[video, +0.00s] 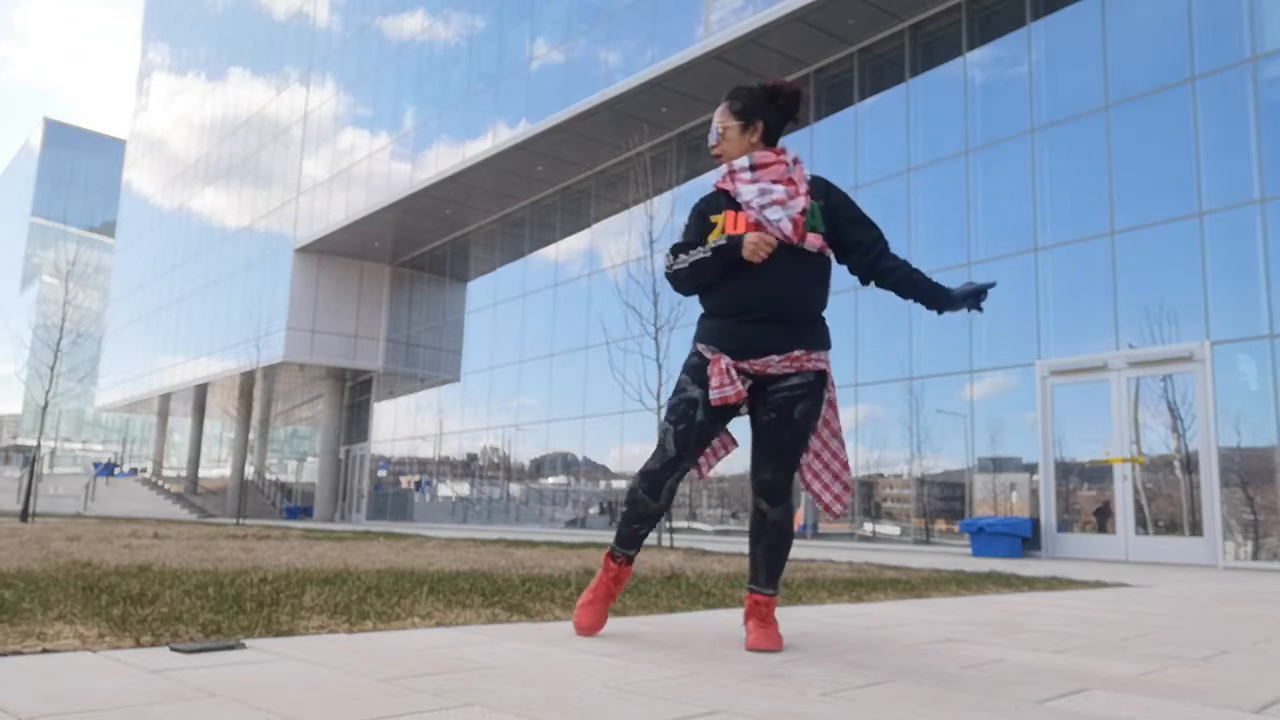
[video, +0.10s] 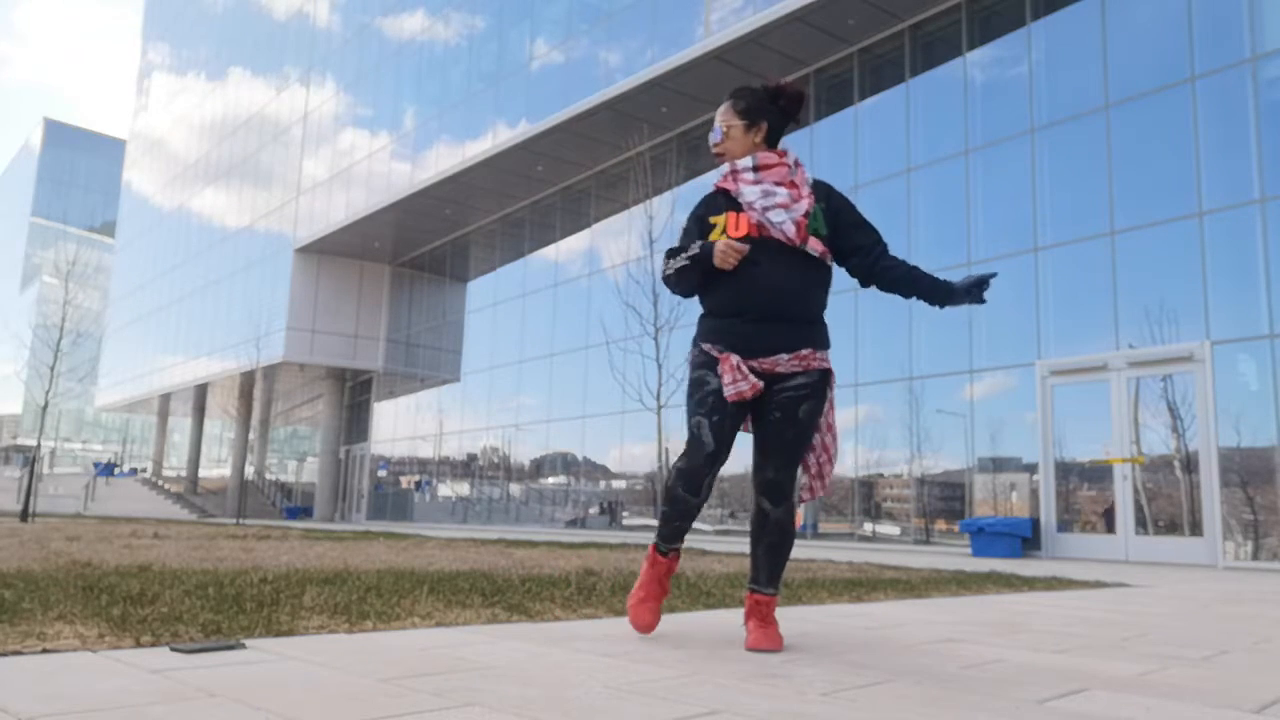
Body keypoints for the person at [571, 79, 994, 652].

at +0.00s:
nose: (712, 143)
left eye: (721, 131)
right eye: (713, 132)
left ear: (755, 131)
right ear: (739, 134)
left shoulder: (819, 198)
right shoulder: (714, 204)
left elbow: (874, 260)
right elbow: (679, 274)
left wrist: (944, 297)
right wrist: (734, 248)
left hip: (794, 362)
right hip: (718, 358)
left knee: (773, 486)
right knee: (670, 457)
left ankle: (761, 611)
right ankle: (613, 572)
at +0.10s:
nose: (714, 141)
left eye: (724, 130)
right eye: (715, 130)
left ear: (760, 133)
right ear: (739, 134)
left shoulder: (819, 202)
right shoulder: (715, 206)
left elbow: (874, 265)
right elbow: (675, 279)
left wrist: (946, 292)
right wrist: (706, 257)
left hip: (795, 362)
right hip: (720, 357)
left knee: (776, 487)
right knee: (702, 456)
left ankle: (761, 609)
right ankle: (660, 563)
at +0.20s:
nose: (714, 138)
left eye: (725, 129)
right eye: (715, 128)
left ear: (761, 133)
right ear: (739, 134)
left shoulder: (817, 204)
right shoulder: (711, 204)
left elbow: (869, 267)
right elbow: (673, 274)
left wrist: (943, 282)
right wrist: (677, 270)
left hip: (800, 360)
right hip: (725, 355)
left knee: (781, 484)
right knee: (749, 448)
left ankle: (762, 607)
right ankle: (695, 562)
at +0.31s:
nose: (722, 140)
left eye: (734, 128)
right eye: (718, 130)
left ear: (770, 134)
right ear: (718, 138)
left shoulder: (813, 203)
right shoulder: (710, 205)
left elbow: (861, 269)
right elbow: (689, 269)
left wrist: (933, 275)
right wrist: (666, 271)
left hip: (802, 361)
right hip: (728, 356)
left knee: (787, 489)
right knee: (773, 450)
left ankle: (764, 608)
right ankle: (707, 563)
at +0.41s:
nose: (734, 137)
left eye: (746, 125)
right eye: (725, 131)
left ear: (775, 131)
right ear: (721, 141)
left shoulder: (815, 203)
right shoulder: (711, 206)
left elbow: (857, 269)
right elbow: (687, 275)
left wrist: (924, 271)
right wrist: (650, 263)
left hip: (805, 359)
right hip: (730, 355)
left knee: (786, 490)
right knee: (764, 449)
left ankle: (762, 608)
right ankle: (703, 565)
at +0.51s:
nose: (747, 137)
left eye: (759, 126)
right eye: (736, 128)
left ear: (780, 133)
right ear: (726, 138)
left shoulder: (818, 203)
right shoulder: (715, 206)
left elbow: (863, 268)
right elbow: (681, 277)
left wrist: (925, 275)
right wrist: (644, 247)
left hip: (802, 357)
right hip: (728, 352)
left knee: (783, 488)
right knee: (735, 442)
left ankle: (761, 607)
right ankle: (696, 569)